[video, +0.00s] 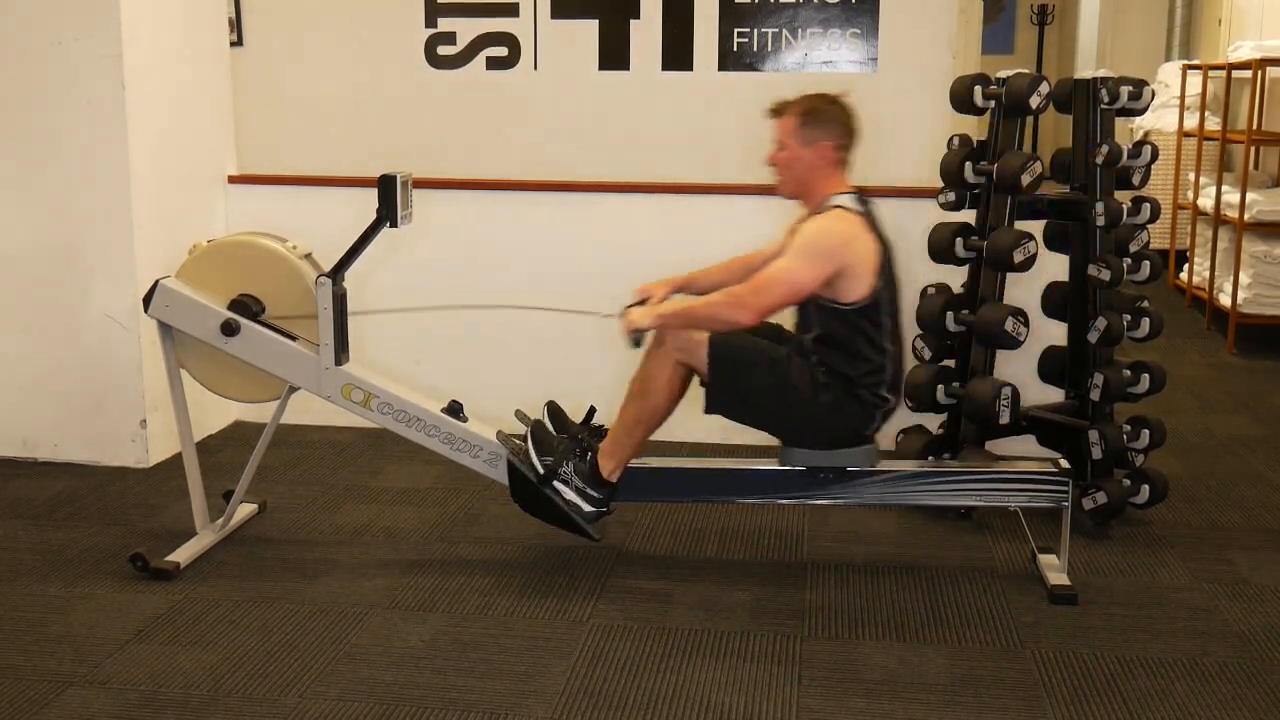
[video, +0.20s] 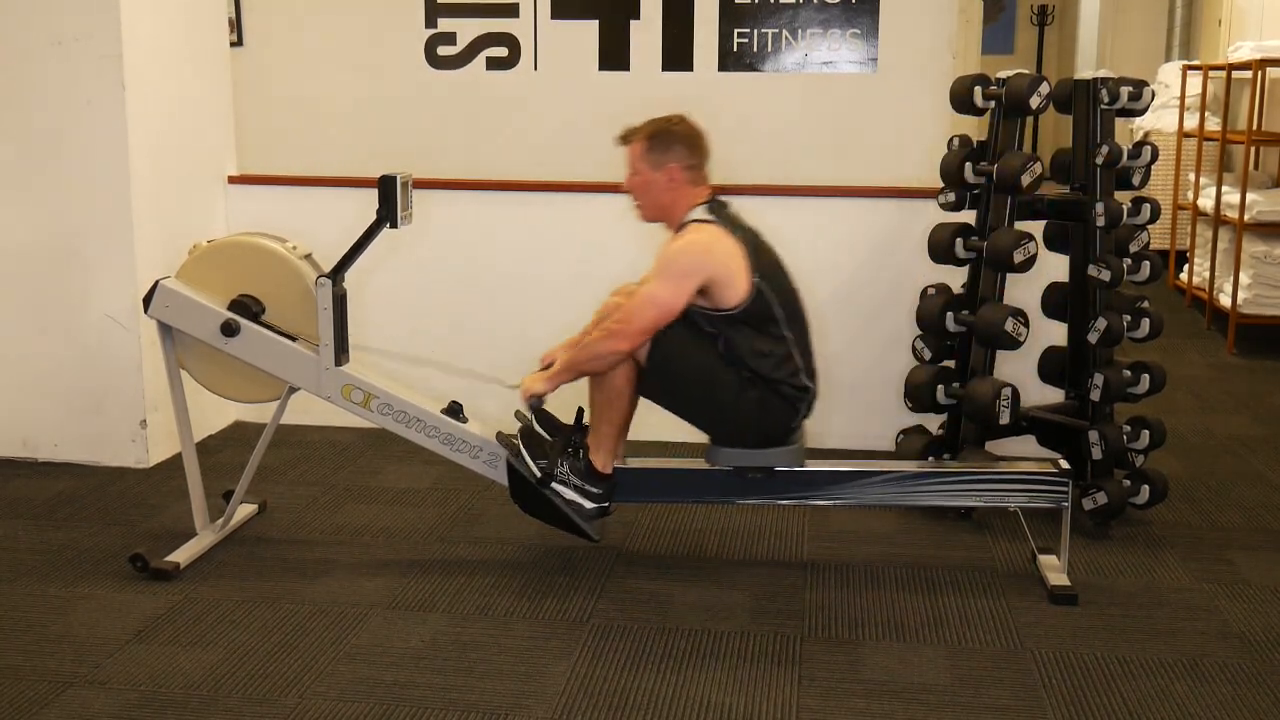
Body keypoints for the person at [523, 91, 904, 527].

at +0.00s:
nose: (772, 157)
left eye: (784, 146)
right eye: (776, 145)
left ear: (824, 151)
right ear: (818, 153)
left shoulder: (834, 229)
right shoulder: (823, 219)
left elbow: (742, 311)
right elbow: (751, 269)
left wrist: (659, 315)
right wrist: (674, 285)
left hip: (841, 407)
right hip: (832, 385)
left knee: (675, 335)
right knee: (677, 323)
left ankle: (600, 475)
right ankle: (608, 452)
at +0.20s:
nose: (627, 186)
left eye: (635, 173)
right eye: (629, 173)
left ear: (671, 176)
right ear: (675, 176)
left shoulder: (699, 242)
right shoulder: (706, 227)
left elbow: (624, 332)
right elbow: (634, 303)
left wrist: (554, 377)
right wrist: (572, 350)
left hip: (764, 416)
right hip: (766, 404)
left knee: (622, 318)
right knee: (623, 304)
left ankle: (595, 472)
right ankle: (598, 457)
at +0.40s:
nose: (565, 196)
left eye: (572, 184)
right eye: (567, 185)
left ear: (610, 189)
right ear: (615, 188)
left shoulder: (629, 245)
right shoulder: (656, 226)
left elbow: (537, 327)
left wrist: (471, 370)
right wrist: (484, 361)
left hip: (718, 413)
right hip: (733, 404)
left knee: (584, 314)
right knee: (598, 304)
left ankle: (593, 461)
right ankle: (605, 443)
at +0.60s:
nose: (623, 174)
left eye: (634, 161)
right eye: (629, 161)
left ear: (670, 171)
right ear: (673, 172)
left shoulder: (681, 233)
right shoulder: (689, 222)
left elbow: (572, 284)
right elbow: (591, 251)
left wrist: (481, 300)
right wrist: (512, 272)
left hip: (756, 407)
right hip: (758, 397)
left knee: (615, 311)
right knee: (626, 296)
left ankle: (593, 465)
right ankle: (603, 445)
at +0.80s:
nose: (772, 146)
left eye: (787, 136)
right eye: (779, 135)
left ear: (824, 151)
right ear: (818, 152)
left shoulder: (824, 224)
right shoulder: (807, 215)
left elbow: (715, 285)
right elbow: (713, 257)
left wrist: (626, 306)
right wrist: (633, 282)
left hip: (852, 398)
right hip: (832, 371)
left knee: (687, 345)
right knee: (687, 326)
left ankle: (596, 473)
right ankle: (603, 453)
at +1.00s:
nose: (939, 147)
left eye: (954, 139)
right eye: (945, 135)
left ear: (994, 156)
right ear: (985, 153)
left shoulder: (980, 233)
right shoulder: (952, 217)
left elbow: (871, 290)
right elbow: (861, 257)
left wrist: (778, 288)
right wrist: (776, 269)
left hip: (913, 396)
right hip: (890, 372)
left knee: (741, 399)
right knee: (736, 378)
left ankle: (595, 484)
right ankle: (601, 454)